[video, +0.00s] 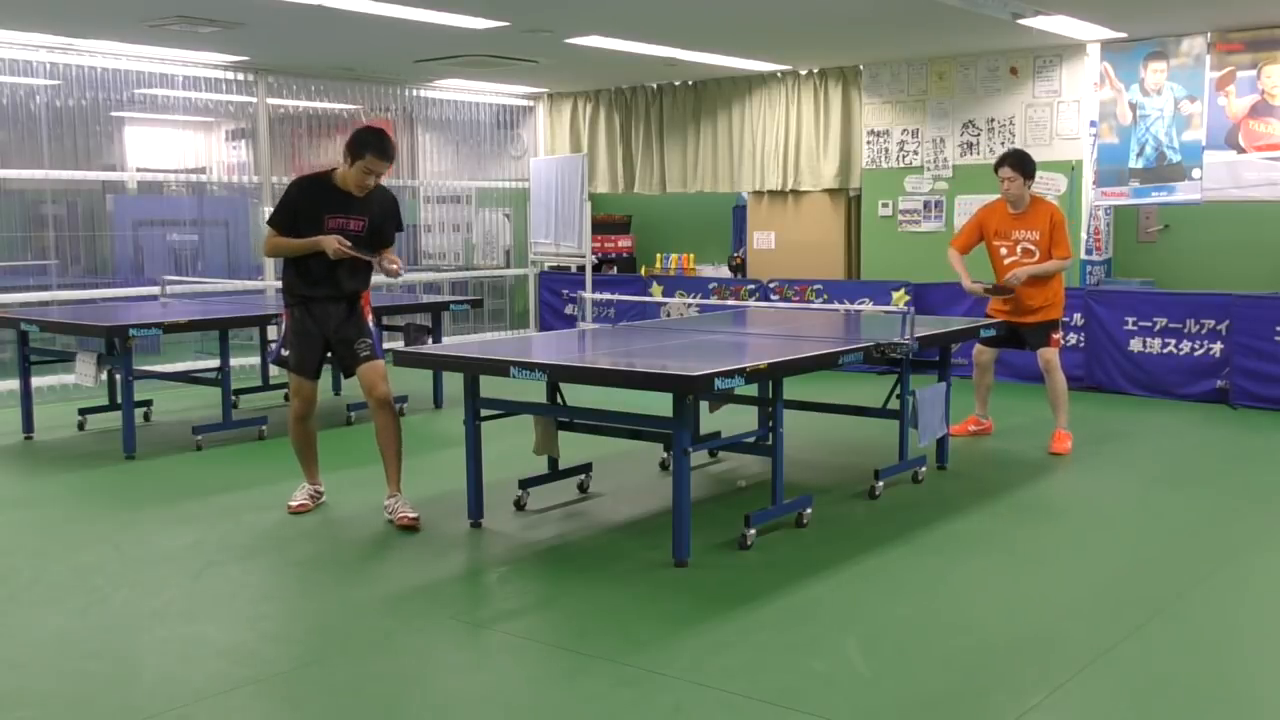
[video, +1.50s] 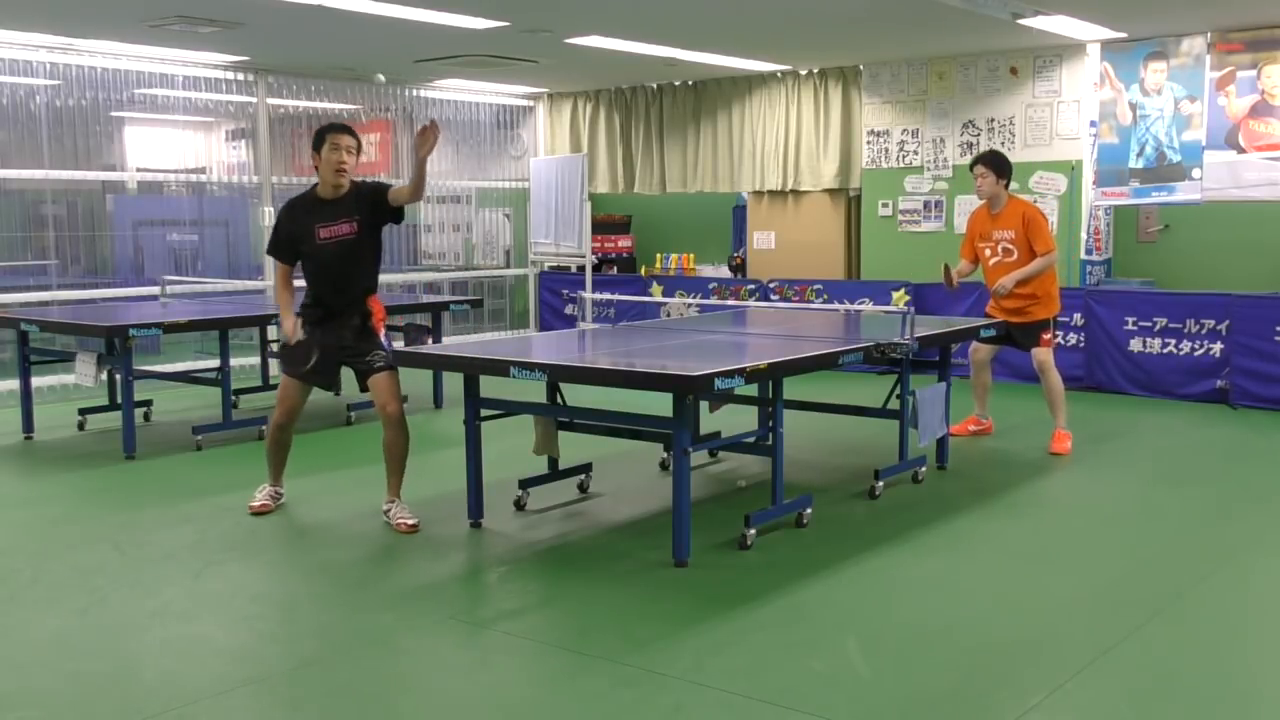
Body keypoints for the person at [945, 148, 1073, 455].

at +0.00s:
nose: (1005, 186)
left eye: (1011, 180)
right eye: (1001, 180)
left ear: (1028, 181)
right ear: (998, 180)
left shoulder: (1050, 213)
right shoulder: (989, 214)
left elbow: (1064, 260)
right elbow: (954, 249)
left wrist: (1026, 271)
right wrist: (966, 281)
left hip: (1044, 306)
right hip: (1003, 305)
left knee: (1048, 360)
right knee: (981, 356)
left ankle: (1062, 429)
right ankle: (981, 418)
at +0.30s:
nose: (998, 190)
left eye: (1004, 184)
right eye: (994, 184)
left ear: (1020, 184)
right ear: (991, 184)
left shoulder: (1043, 217)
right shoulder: (982, 217)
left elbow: (1054, 264)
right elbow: (945, 250)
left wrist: (1018, 273)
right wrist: (942, 278)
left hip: (1038, 308)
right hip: (998, 307)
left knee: (1046, 361)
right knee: (975, 356)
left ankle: (1061, 429)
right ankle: (981, 418)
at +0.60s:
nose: (983, 198)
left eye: (989, 192)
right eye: (981, 192)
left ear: (1008, 192)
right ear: (980, 193)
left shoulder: (1036, 221)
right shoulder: (980, 225)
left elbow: (1056, 268)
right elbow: (959, 262)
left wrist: (1019, 285)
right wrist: (938, 274)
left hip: (1045, 307)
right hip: (1007, 307)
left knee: (1047, 361)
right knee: (984, 355)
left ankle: (1062, 429)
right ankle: (981, 418)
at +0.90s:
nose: (974, 211)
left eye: (980, 205)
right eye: (972, 205)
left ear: (999, 205)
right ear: (971, 206)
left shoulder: (1029, 230)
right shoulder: (979, 235)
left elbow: (1054, 275)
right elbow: (977, 276)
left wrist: (1016, 297)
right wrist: (958, 297)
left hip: (1046, 306)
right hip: (1012, 308)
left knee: (1045, 362)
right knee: (985, 354)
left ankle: (1061, 429)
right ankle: (982, 418)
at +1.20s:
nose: (976, 199)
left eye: (982, 193)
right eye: (973, 194)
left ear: (1001, 195)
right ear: (972, 196)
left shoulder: (1030, 223)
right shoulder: (979, 228)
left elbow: (1053, 269)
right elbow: (973, 270)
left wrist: (1016, 290)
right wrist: (957, 291)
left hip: (1045, 306)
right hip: (1008, 308)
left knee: (1045, 360)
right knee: (984, 353)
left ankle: (1061, 429)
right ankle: (981, 418)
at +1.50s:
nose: (977, 183)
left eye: (983, 177)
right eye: (975, 177)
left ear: (1002, 179)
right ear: (975, 181)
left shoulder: (1028, 213)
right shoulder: (977, 218)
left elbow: (1050, 256)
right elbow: (970, 260)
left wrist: (1014, 277)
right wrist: (956, 273)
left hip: (1037, 306)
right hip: (1000, 306)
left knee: (1042, 360)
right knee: (978, 355)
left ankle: (1061, 429)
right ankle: (981, 419)